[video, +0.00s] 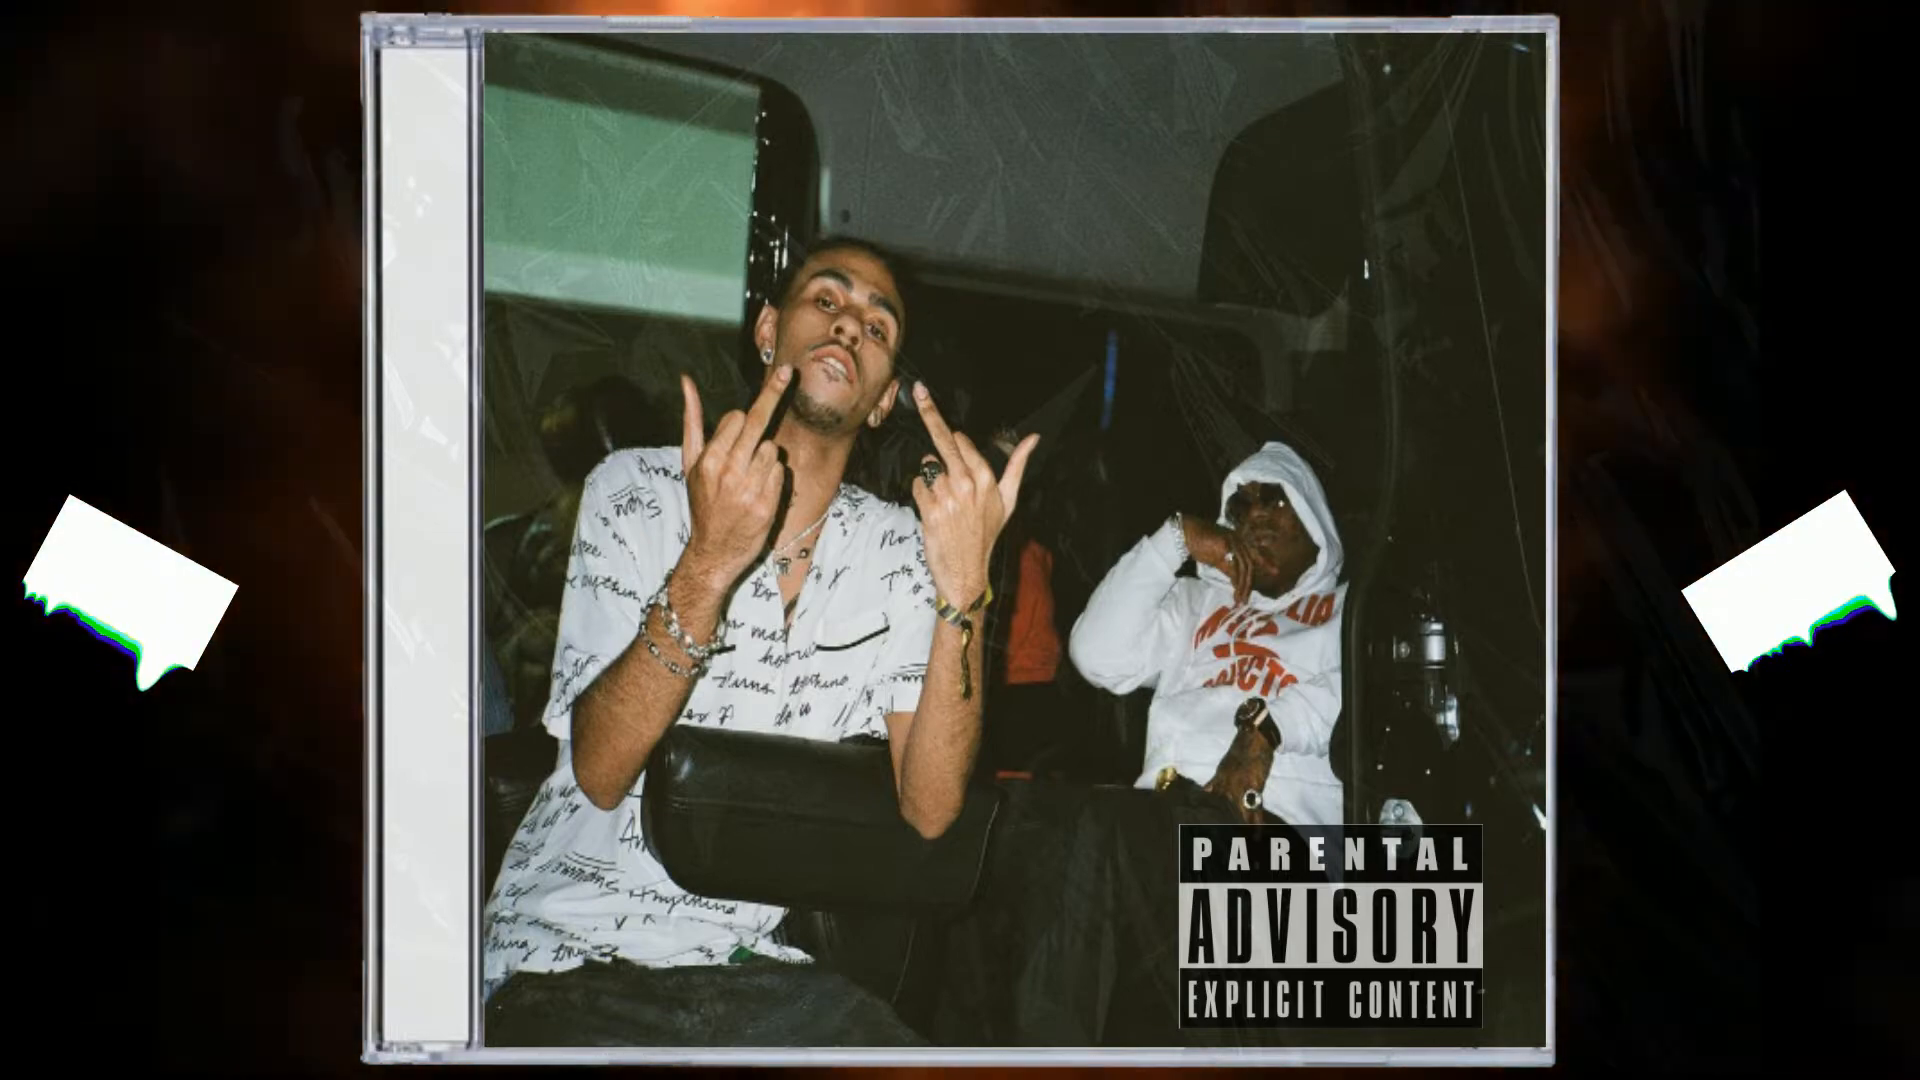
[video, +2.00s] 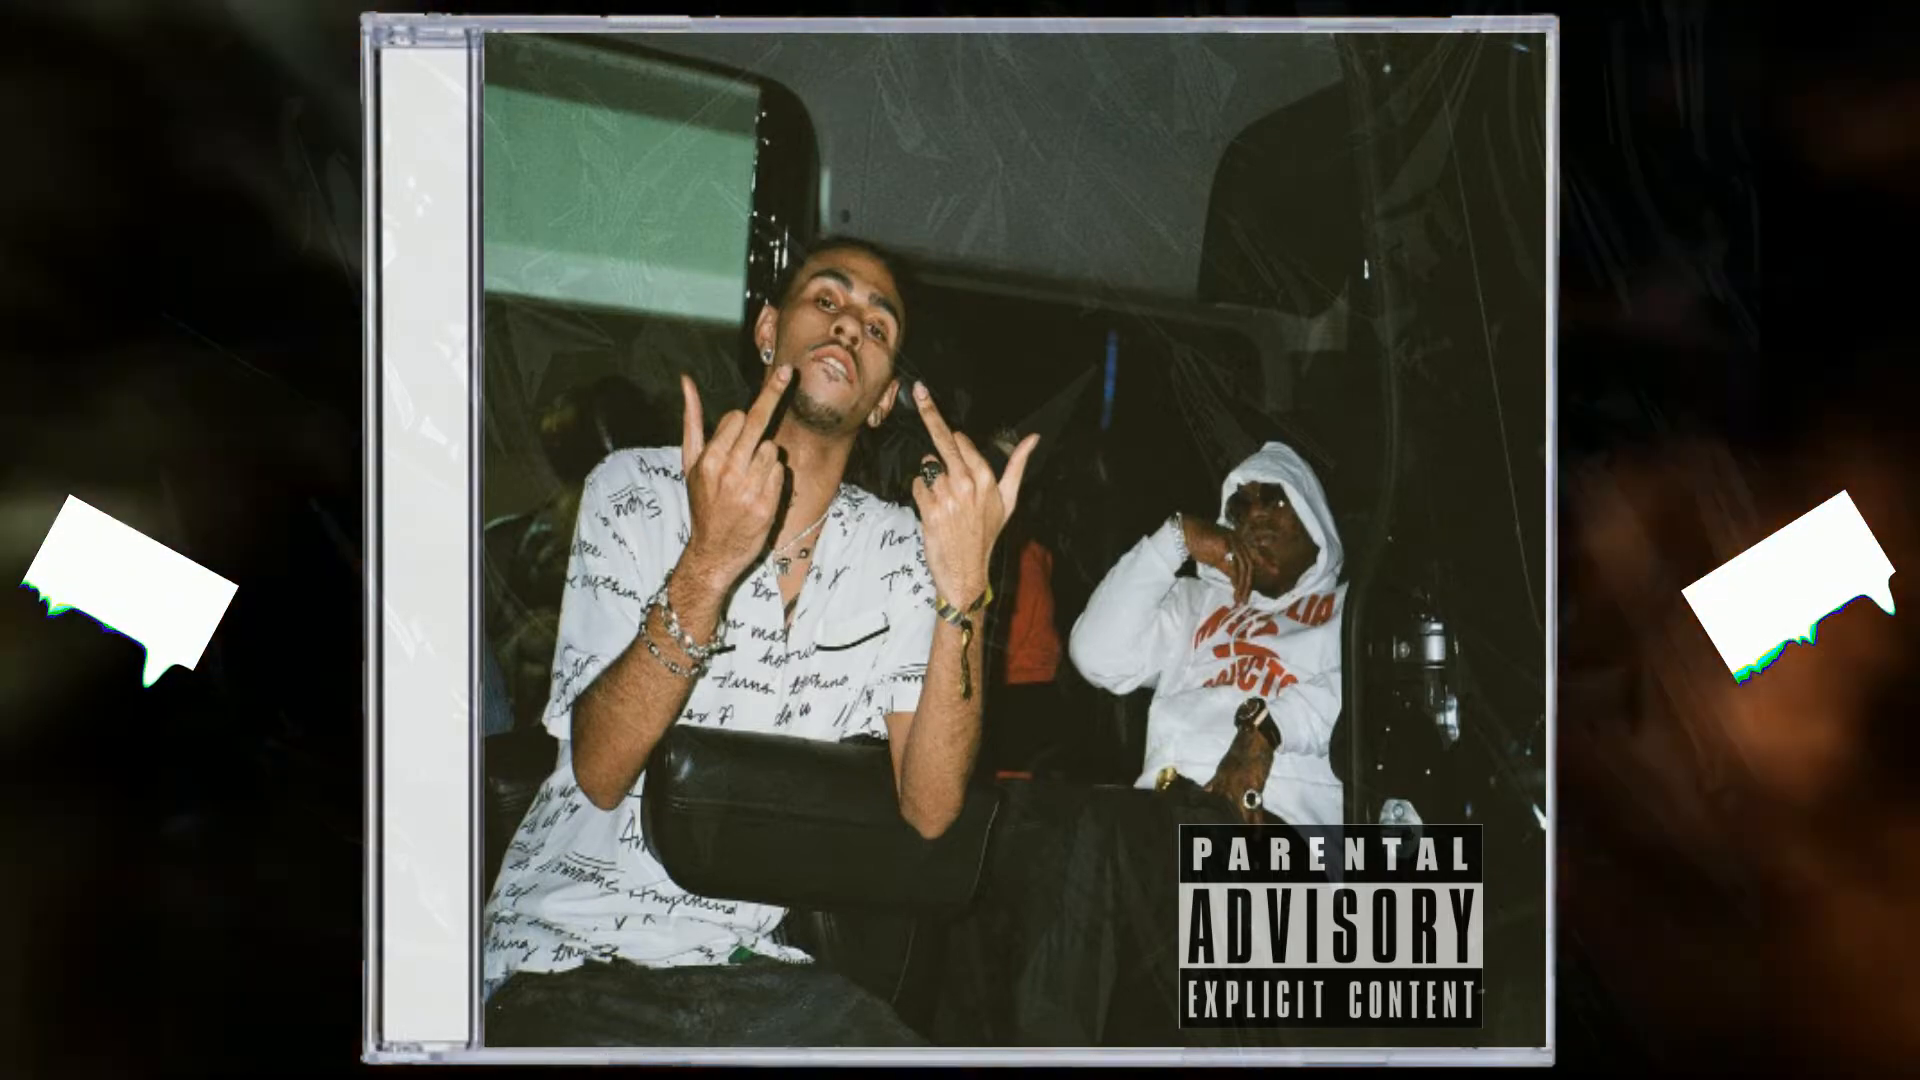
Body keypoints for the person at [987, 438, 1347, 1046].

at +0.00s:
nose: (1257, 528)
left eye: (1276, 510)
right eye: (1244, 511)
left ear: (1317, 527)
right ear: (1228, 528)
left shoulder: (1347, 608)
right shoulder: (1194, 600)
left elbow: (1351, 694)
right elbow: (1097, 658)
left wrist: (1266, 728)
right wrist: (1176, 540)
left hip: (1285, 817)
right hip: (1168, 807)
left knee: (1098, 822)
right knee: (1024, 809)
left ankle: (1048, 1056)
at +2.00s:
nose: (1258, 520)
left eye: (1278, 503)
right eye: (1243, 504)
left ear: (1318, 524)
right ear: (1226, 525)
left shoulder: (1350, 610)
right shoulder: (1195, 602)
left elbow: (1343, 703)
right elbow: (1099, 658)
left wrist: (1264, 727)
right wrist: (1177, 538)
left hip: (1284, 818)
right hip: (1163, 808)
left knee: (1101, 823)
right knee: (1029, 812)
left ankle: (1050, 1050)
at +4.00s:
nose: (1258, 518)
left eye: (1278, 501)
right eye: (1245, 503)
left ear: (1318, 521)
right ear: (1227, 523)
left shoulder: (1352, 607)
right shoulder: (1198, 601)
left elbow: (1348, 701)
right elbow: (1099, 657)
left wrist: (1268, 725)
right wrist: (1177, 539)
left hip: (1284, 815)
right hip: (1167, 805)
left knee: (1101, 824)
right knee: (1025, 810)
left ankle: (1052, 1052)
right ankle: (969, 1046)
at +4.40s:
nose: (1258, 517)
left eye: (1279, 501)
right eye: (1245, 502)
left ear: (1318, 522)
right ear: (1227, 523)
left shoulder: (1352, 607)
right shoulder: (1197, 601)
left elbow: (1348, 702)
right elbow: (1099, 657)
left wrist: (1267, 725)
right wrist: (1177, 539)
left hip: (1283, 816)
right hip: (1166, 805)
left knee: (1101, 823)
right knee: (1026, 809)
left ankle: (1052, 1053)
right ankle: (970, 1047)